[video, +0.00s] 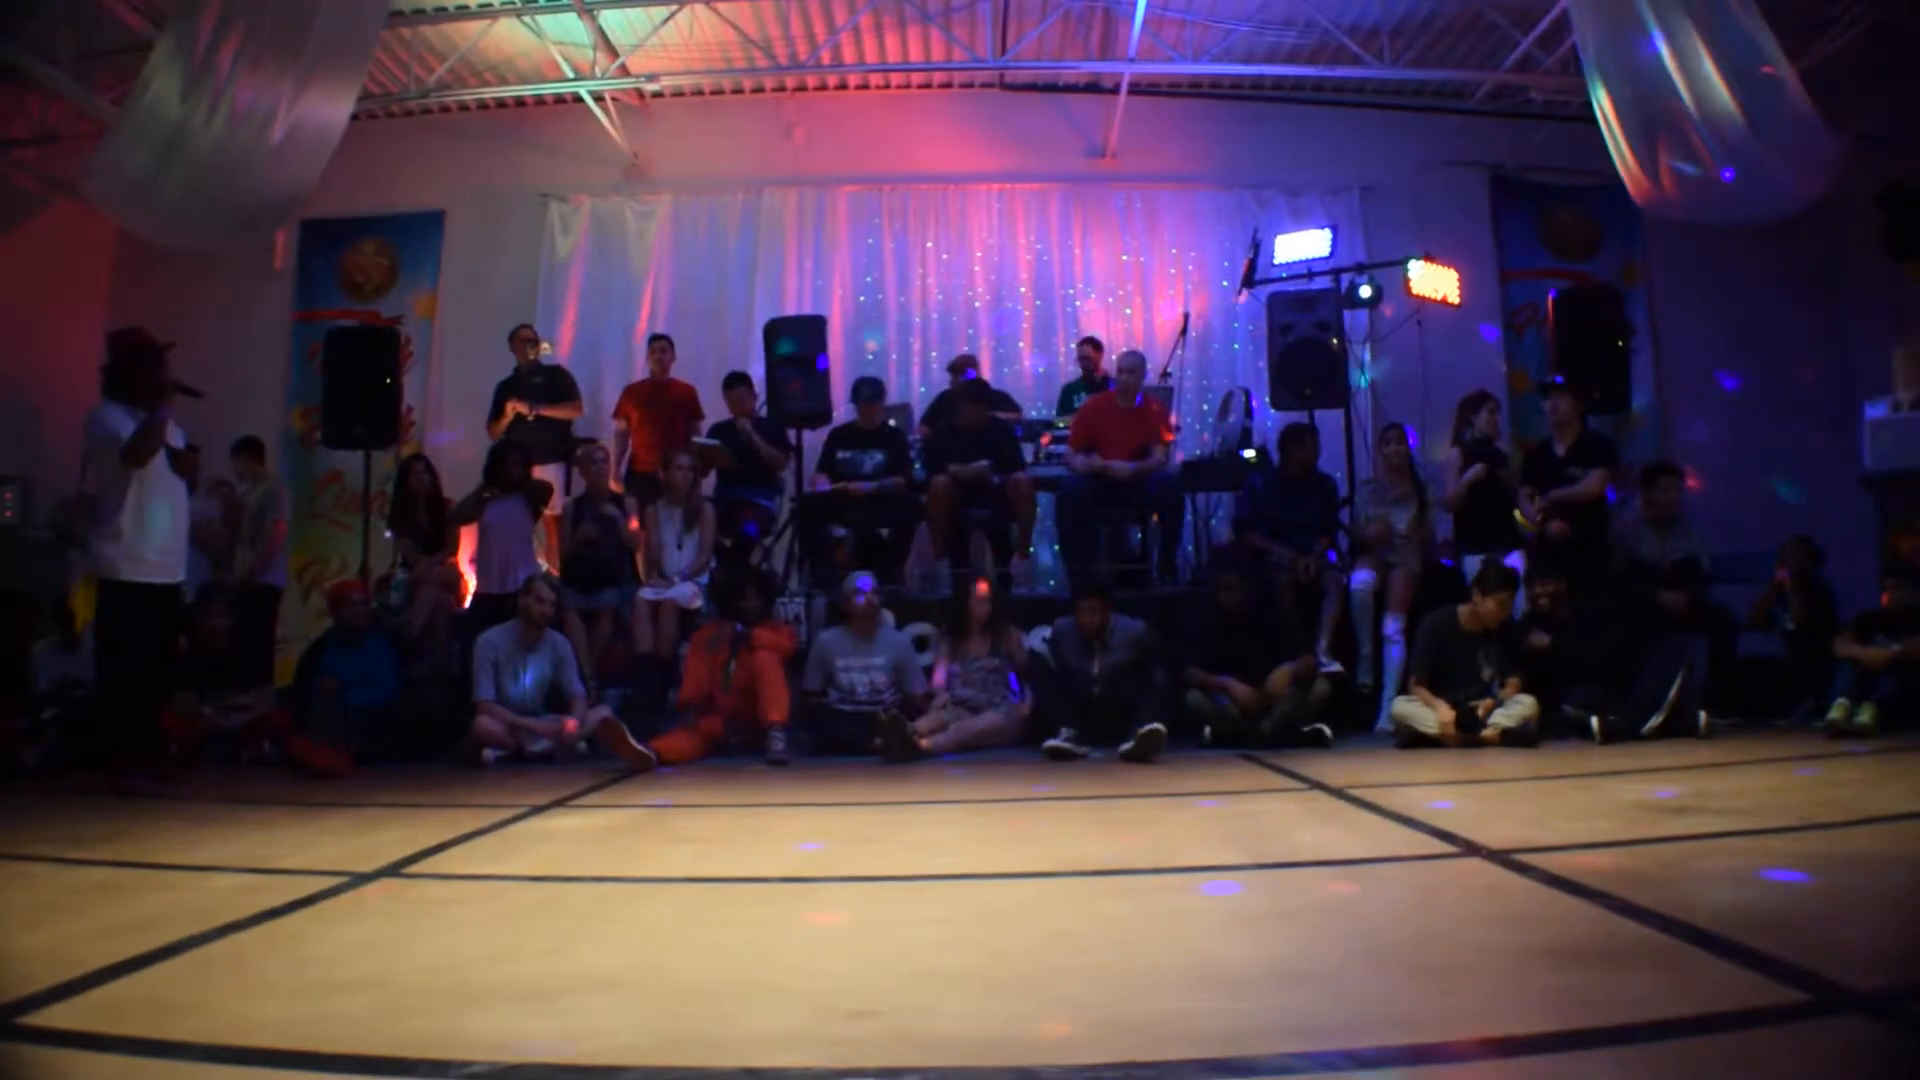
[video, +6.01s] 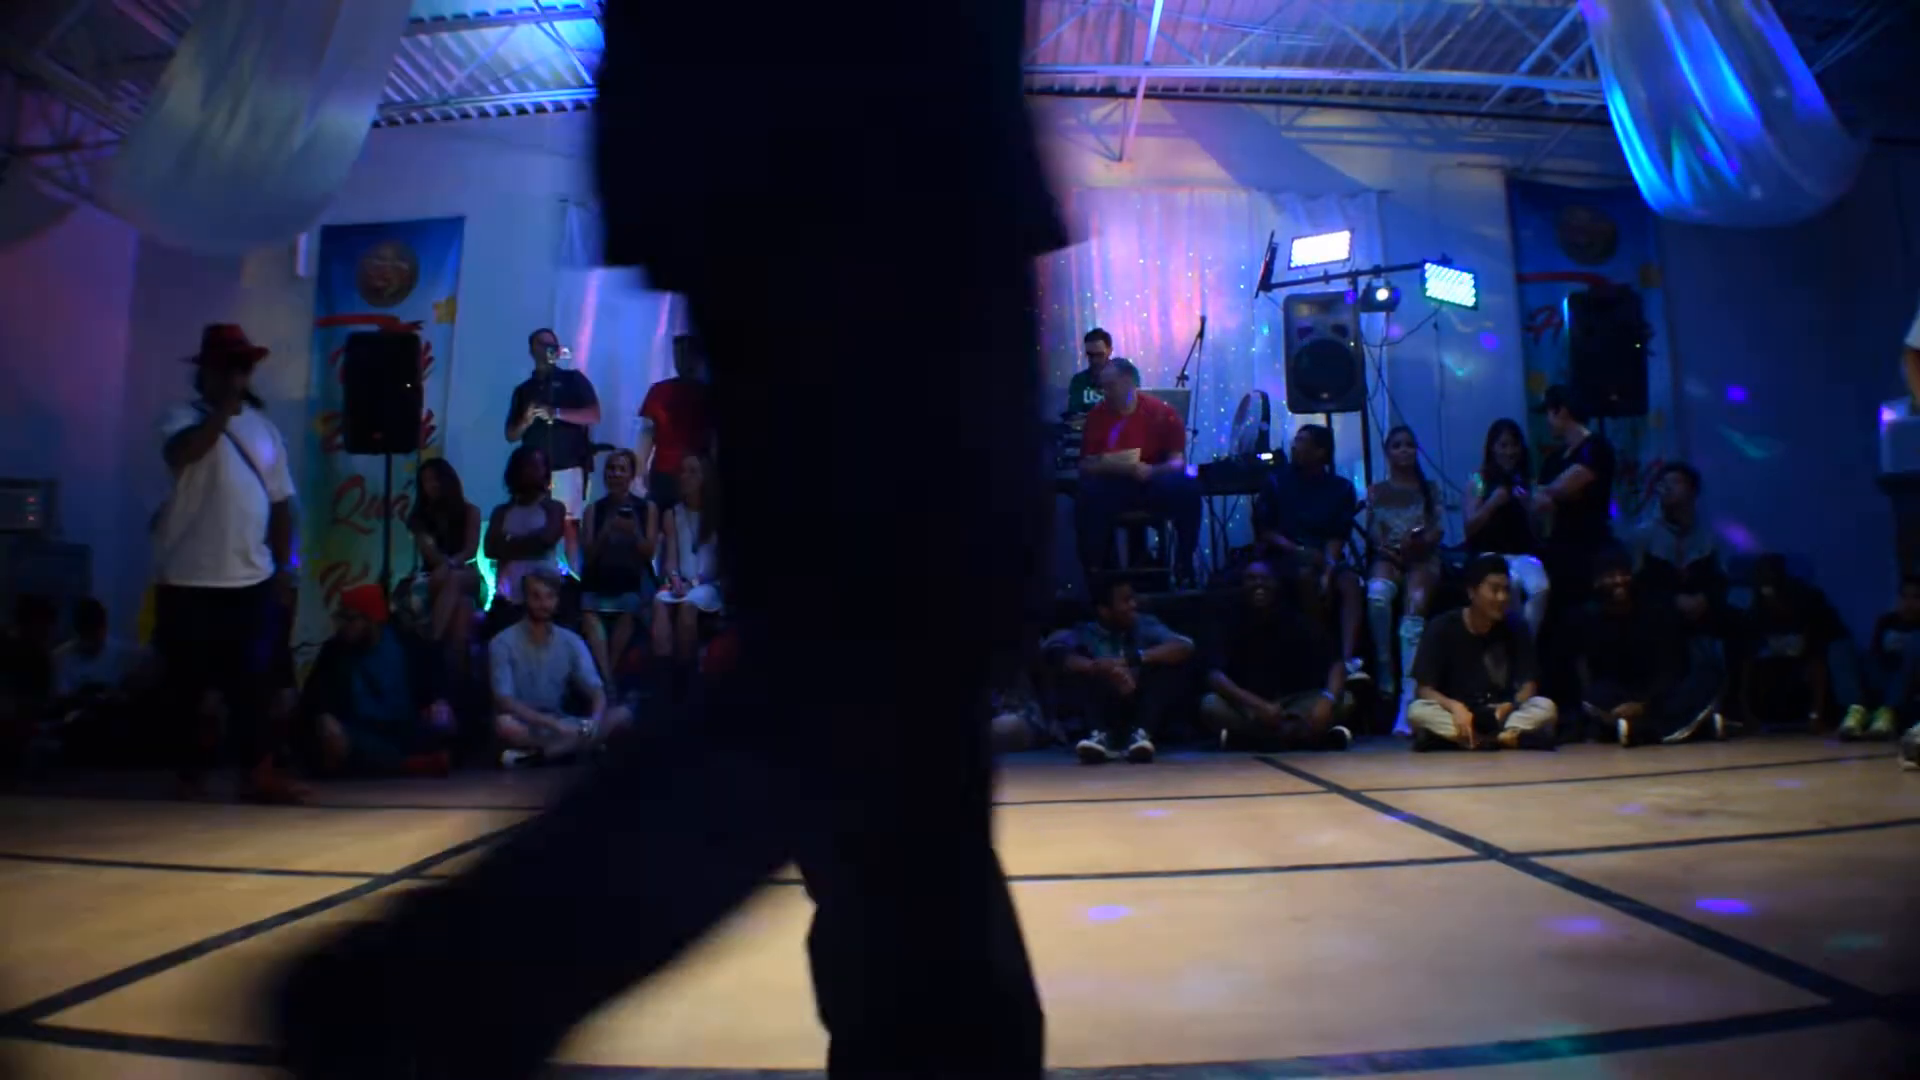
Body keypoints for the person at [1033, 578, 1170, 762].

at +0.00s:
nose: (1087, 620)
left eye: (1094, 613)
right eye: (1082, 613)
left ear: (1106, 613)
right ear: (1075, 614)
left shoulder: (1134, 632)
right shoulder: (1062, 631)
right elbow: (1063, 672)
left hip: (1122, 711)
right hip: (1080, 712)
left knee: (1151, 677)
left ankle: (1138, 735)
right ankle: (1067, 733)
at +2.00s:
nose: (1128, 614)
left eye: (1132, 607)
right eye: (1122, 608)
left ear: (1138, 609)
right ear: (1109, 609)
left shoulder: (1150, 628)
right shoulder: (1091, 631)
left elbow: (1192, 649)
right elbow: (1055, 651)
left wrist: (1143, 665)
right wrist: (1105, 673)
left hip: (1143, 705)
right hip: (1103, 706)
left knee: (1165, 672)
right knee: (1079, 672)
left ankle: (1143, 734)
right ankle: (1091, 736)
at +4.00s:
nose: (1124, 610)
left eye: (1129, 604)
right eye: (1119, 604)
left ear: (1139, 607)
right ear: (1110, 608)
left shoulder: (1153, 628)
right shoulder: (1094, 630)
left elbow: (1190, 650)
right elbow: (1063, 653)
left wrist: (1143, 660)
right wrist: (1112, 668)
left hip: (1145, 700)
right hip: (1106, 700)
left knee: (1168, 672)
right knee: (1088, 673)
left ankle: (1143, 734)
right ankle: (1100, 734)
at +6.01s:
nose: (1133, 606)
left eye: (1132, 600)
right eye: (1125, 601)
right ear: (1105, 610)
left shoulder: (1143, 627)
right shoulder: (1086, 633)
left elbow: (1185, 647)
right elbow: (1053, 652)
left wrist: (1136, 659)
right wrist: (1105, 668)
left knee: (1160, 668)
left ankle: (1142, 734)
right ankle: (1099, 734)